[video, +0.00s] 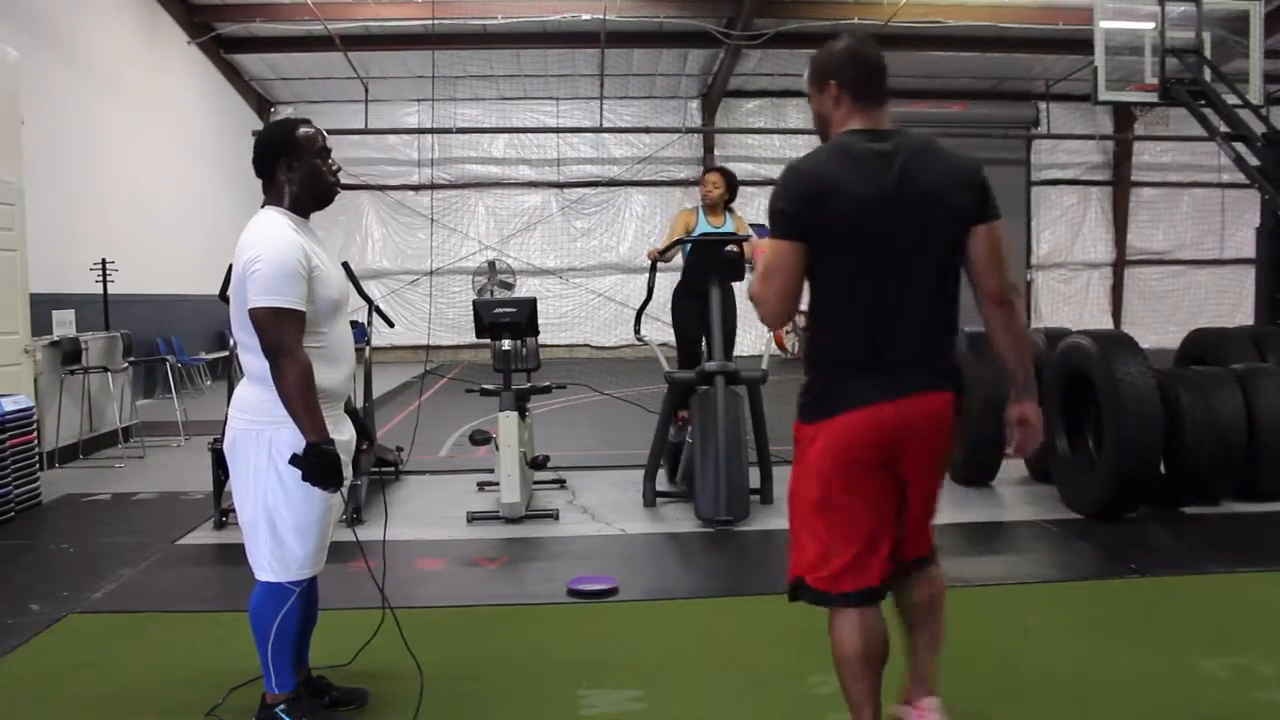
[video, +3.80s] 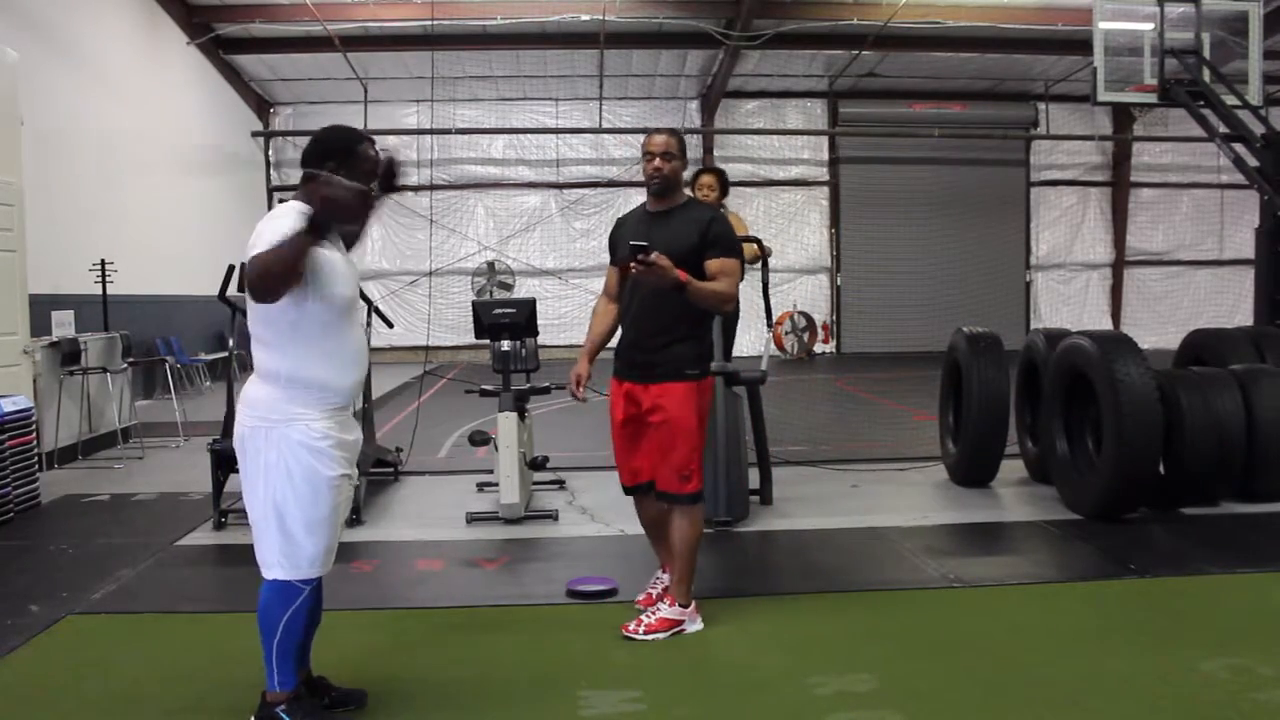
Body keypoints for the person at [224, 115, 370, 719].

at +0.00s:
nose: (336, 165)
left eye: (331, 154)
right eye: (323, 156)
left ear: (292, 171)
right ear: (288, 169)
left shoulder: (296, 238)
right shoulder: (274, 242)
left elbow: (312, 345)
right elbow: (283, 353)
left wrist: (350, 411)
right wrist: (318, 441)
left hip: (301, 429)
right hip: (278, 432)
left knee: (301, 566)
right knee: (284, 572)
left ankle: (297, 680)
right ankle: (281, 698)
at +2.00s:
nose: (338, 168)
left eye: (335, 156)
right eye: (326, 158)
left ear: (295, 171)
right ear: (291, 170)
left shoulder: (298, 237)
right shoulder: (276, 239)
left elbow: (316, 343)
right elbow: (286, 349)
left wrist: (353, 410)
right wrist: (323, 437)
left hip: (299, 429)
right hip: (275, 432)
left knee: (299, 566)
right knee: (282, 571)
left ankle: (296, 680)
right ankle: (280, 697)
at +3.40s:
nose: (357, 187)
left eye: (357, 174)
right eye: (350, 174)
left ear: (315, 175)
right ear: (312, 173)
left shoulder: (310, 235)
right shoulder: (279, 236)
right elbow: (268, 337)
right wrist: (266, 425)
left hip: (319, 427)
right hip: (289, 431)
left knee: (305, 568)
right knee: (288, 573)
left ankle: (298, 680)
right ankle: (279, 699)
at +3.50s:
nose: (370, 189)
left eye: (370, 177)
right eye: (363, 175)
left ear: (324, 175)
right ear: (324, 174)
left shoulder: (318, 236)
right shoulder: (282, 235)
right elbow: (243, 321)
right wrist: (202, 383)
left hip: (323, 429)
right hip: (291, 434)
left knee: (306, 566)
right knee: (287, 571)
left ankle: (299, 681)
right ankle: (278, 698)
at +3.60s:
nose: (378, 191)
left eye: (379, 179)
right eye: (371, 178)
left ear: (332, 177)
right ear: (330, 175)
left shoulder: (324, 239)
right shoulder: (284, 233)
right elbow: (237, 309)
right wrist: (191, 310)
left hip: (326, 426)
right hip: (292, 431)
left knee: (307, 565)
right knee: (289, 572)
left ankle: (297, 683)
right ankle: (280, 700)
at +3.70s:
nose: (378, 192)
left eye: (379, 179)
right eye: (370, 178)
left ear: (333, 178)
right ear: (331, 176)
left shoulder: (326, 235)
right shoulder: (289, 227)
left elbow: (327, 339)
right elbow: (241, 301)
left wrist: (356, 420)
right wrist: (240, 245)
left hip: (324, 426)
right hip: (290, 430)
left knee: (307, 566)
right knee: (290, 571)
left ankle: (299, 681)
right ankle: (280, 698)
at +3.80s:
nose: (369, 194)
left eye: (371, 185)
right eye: (363, 182)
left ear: (326, 174)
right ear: (330, 176)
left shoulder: (326, 234)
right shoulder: (286, 220)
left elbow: (353, 230)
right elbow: (262, 287)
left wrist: (375, 192)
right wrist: (313, 222)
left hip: (323, 423)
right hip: (287, 426)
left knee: (310, 562)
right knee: (292, 567)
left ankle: (299, 681)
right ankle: (279, 698)